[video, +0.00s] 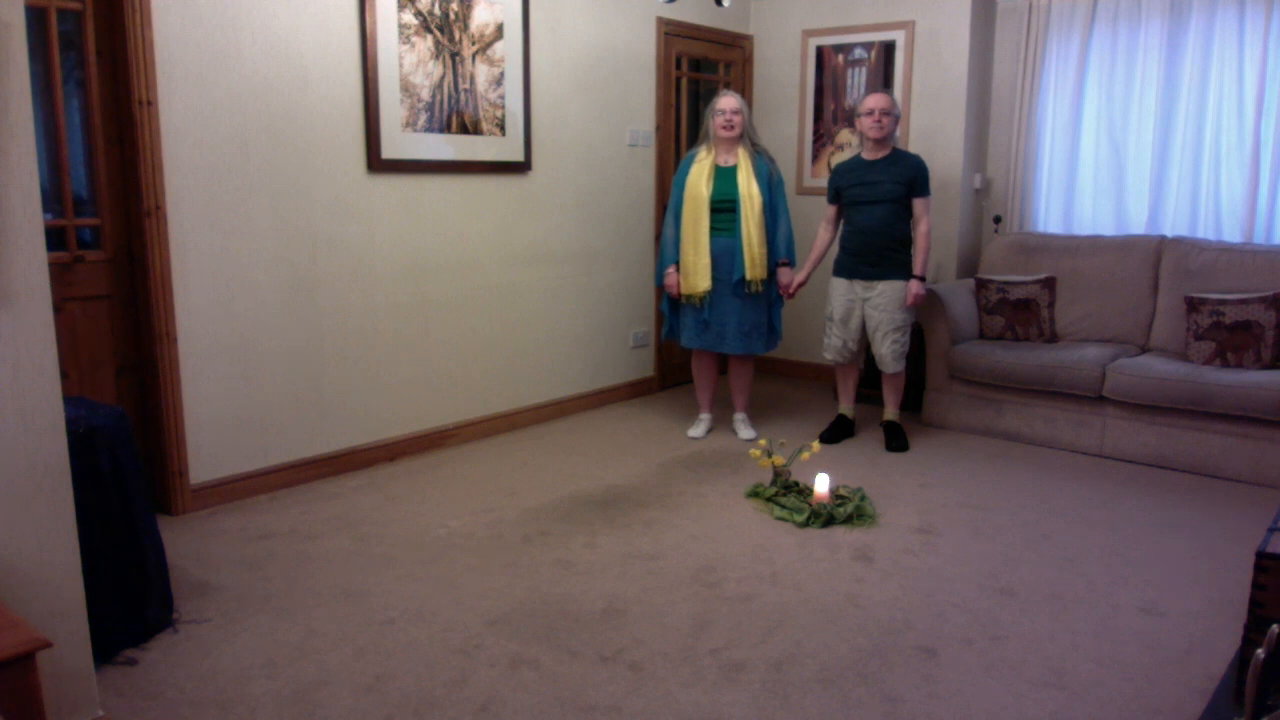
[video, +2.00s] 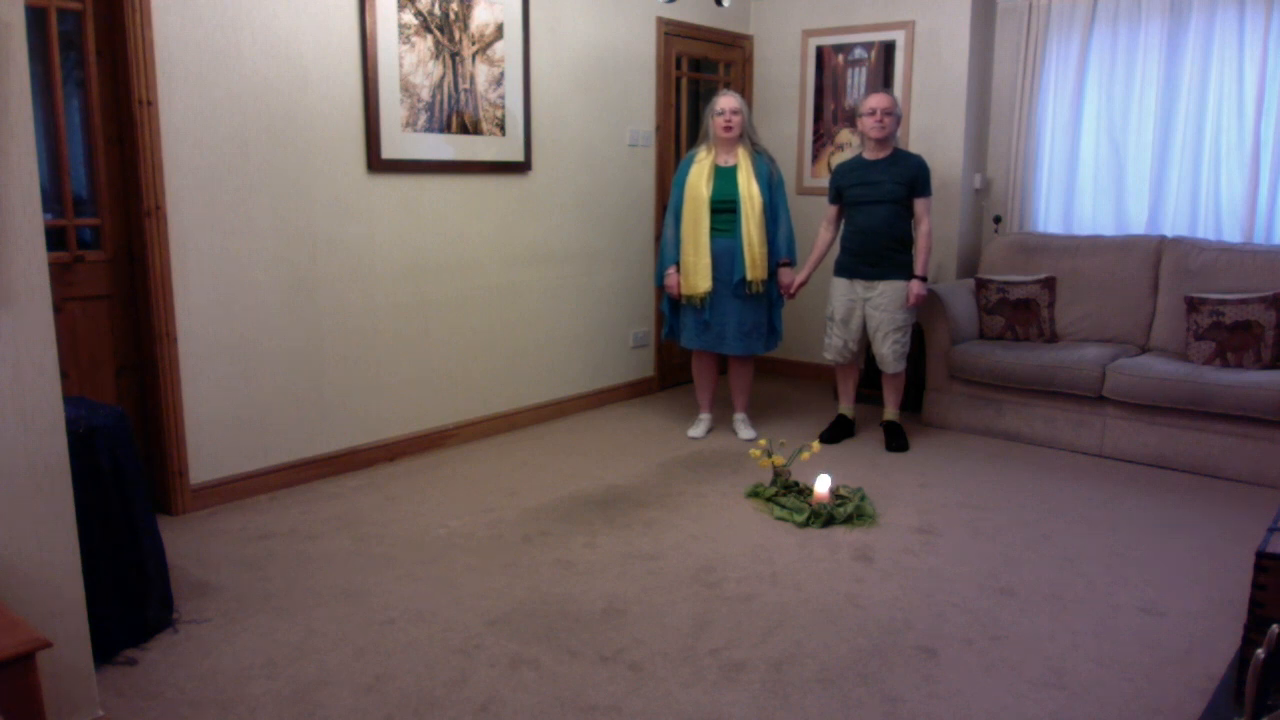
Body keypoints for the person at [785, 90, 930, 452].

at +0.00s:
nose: (877, 119)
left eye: (885, 114)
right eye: (870, 114)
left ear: (896, 121)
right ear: (857, 122)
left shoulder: (912, 167)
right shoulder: (842, 172)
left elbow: (922, 224)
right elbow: (828, 227)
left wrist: (918, 276)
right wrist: (804, 272)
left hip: (892, 279)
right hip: (847, 277)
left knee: (891, 354)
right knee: (843, 349)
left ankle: (892, 420)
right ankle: (845, 415)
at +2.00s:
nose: (879, 119)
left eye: (887, 113)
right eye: (871, 114)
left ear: (898, 121)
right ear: (858, 122)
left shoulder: (913, 166)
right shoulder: (843, 172)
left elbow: (923, 224)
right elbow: (829, 227)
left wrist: (920, 276)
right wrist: (805, 273)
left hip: (893, 279)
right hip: (848, 277)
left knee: (891, 354)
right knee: (843, 349)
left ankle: (892, 420)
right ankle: (845, 415)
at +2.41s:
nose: (879, 119)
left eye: (887, 113)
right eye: (871, 114)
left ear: (898, 121)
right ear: (858, 122)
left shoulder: (913, 166)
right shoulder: (843, 172)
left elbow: (923, 223)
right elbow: (829, 226)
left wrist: (920, 276)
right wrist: (805, 272)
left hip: (893, 279)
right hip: (848, 277)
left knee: (891, 354)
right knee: (843, 349)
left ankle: (892, 420)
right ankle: (845, 415)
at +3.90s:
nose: (881, 119)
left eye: (888, 113)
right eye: (873, 114)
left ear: (899, 121)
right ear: (860, 122)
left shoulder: (914, 167)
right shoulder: (844, 172)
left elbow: (923, 225)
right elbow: (830, 227)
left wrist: (920, 276)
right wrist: (805, 273)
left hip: (894, 278)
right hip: (849, 276)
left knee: (892, 354)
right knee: (844, 349)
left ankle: (892, 420)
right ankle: (845, 415)